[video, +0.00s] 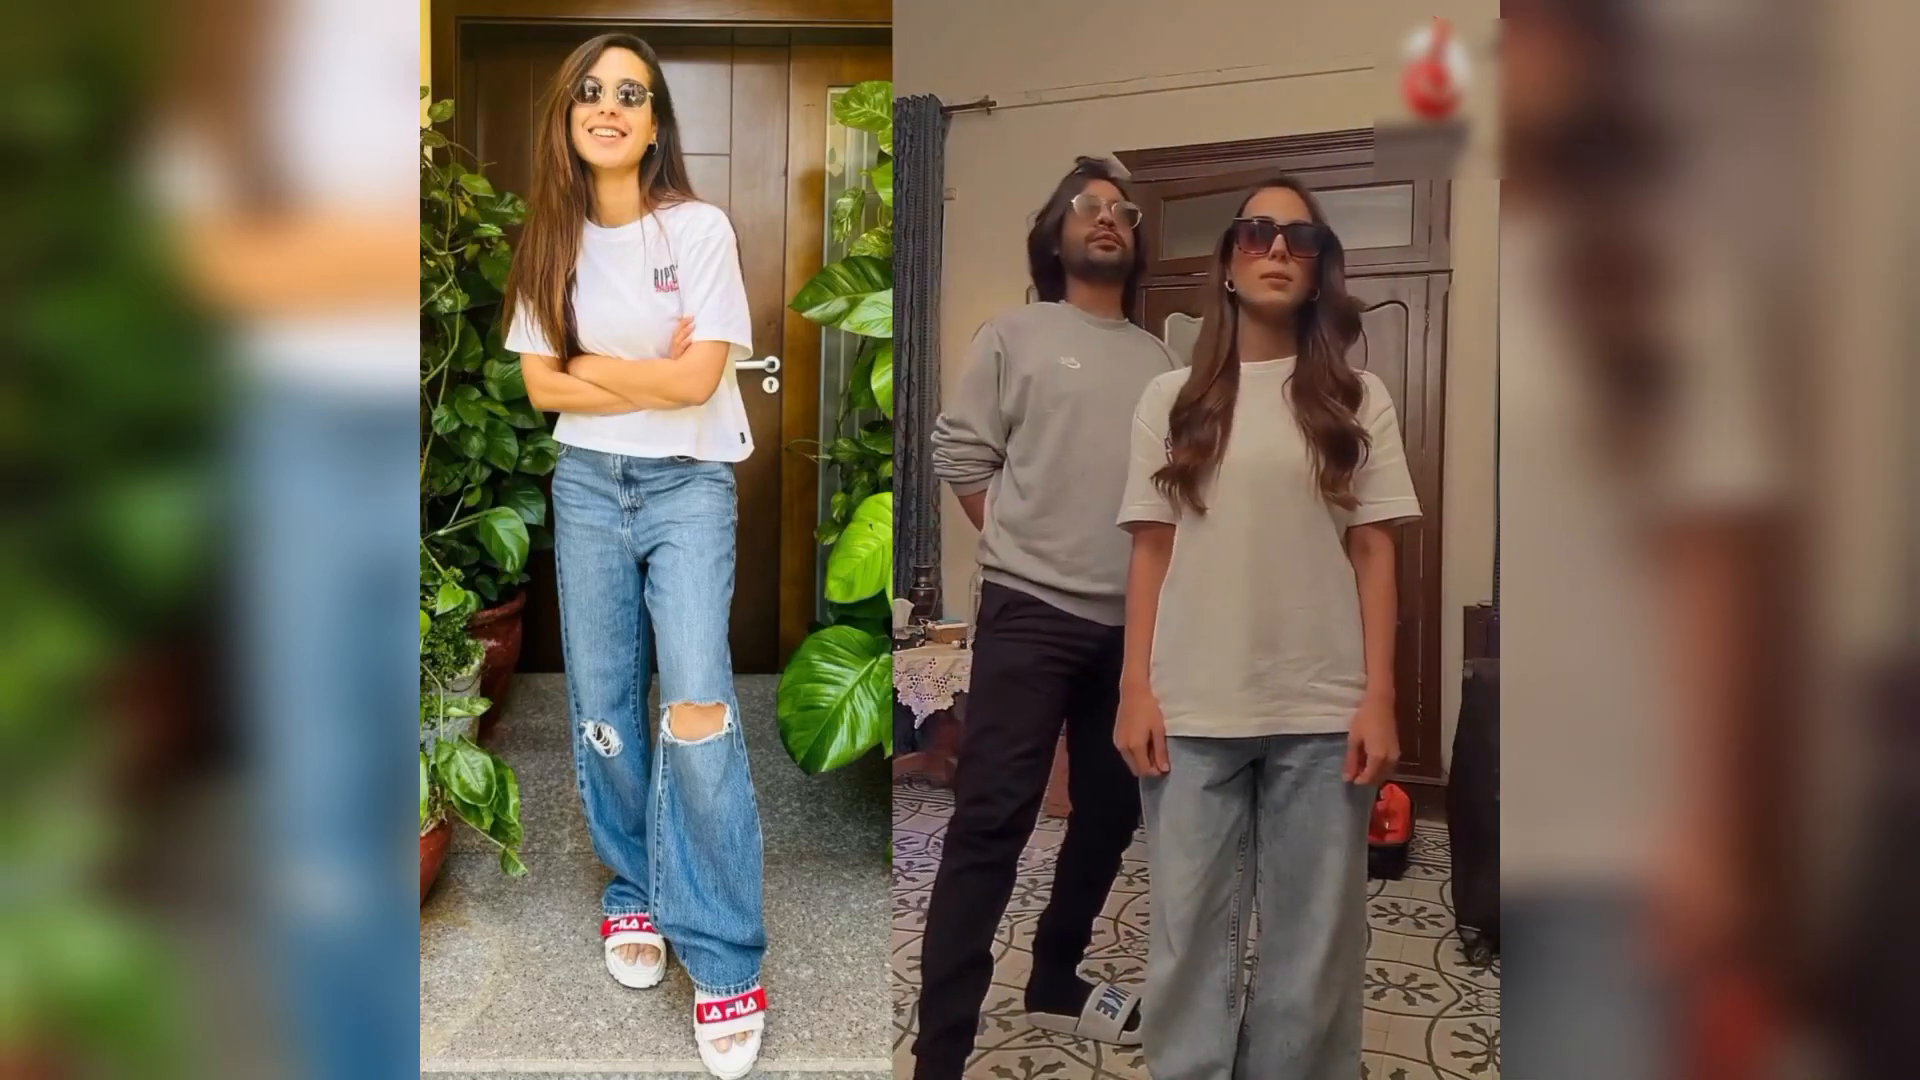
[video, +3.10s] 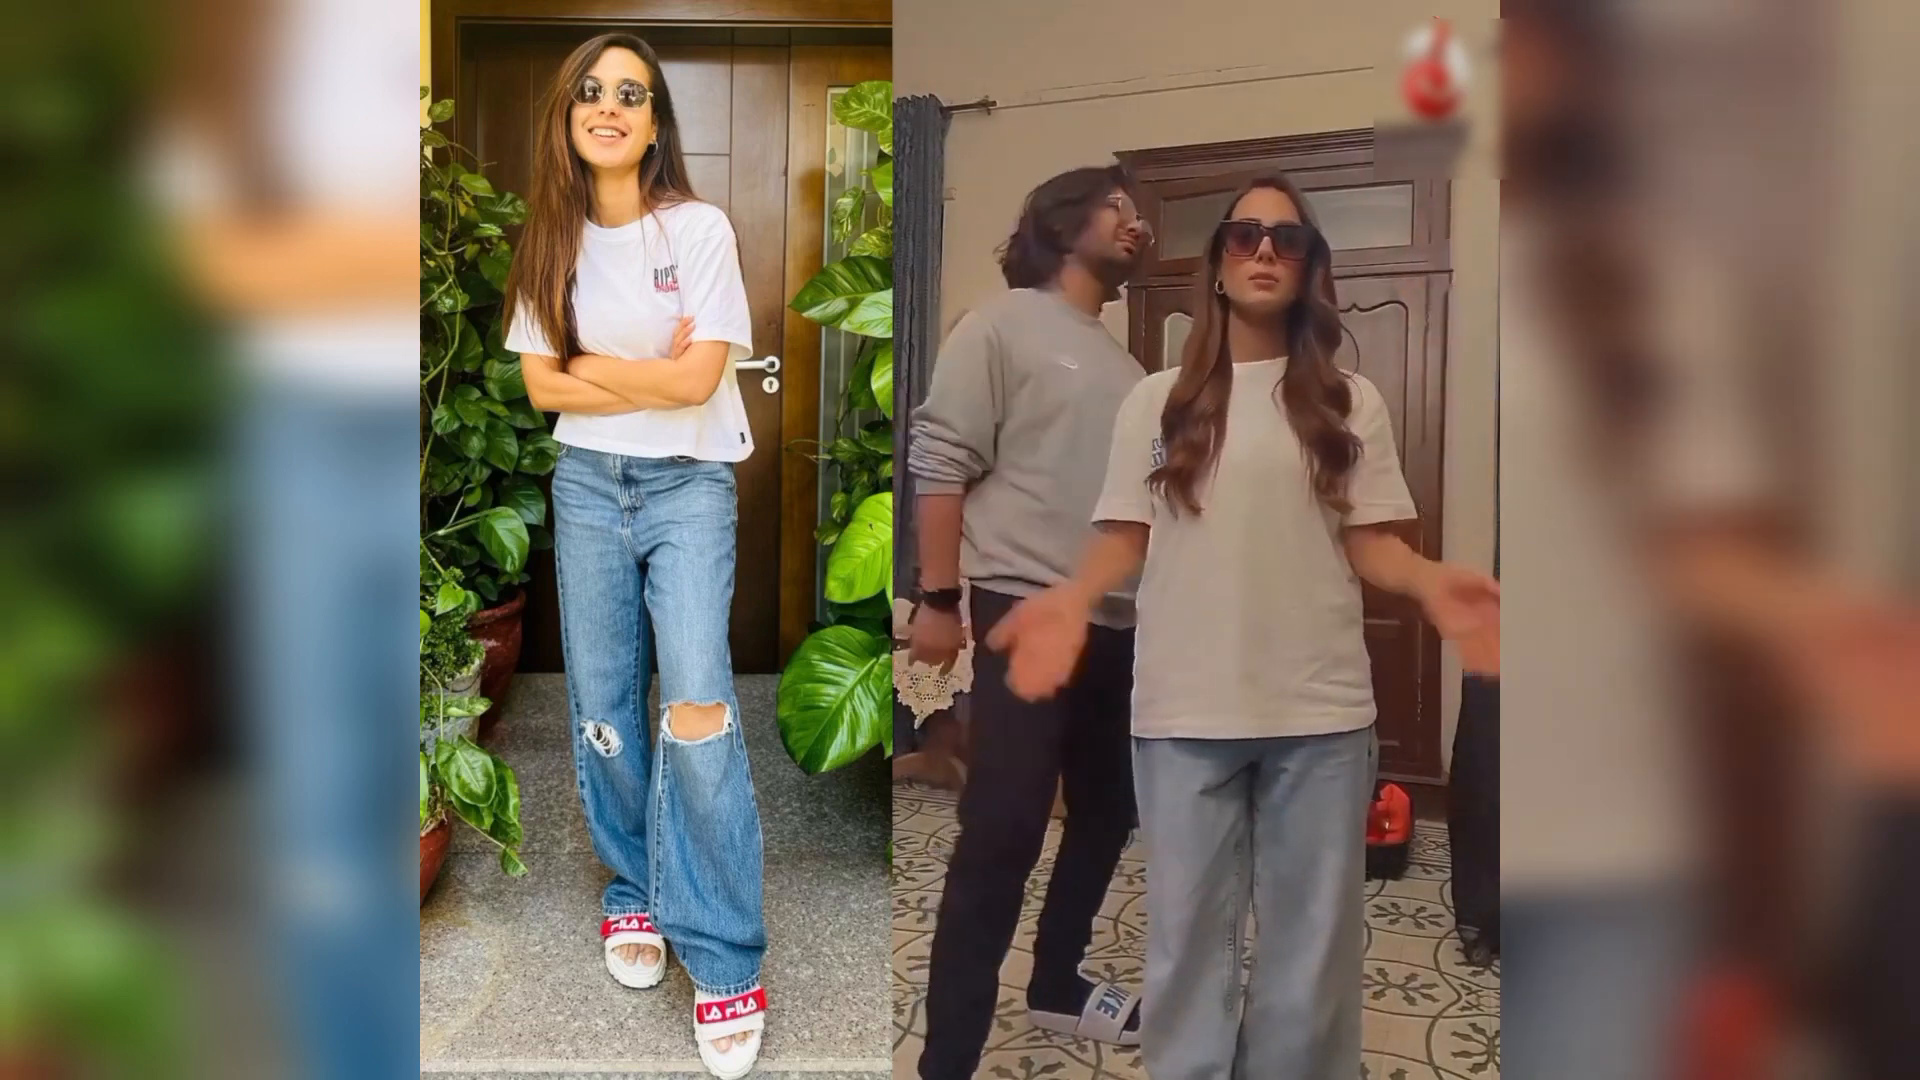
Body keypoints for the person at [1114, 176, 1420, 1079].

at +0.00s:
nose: (1278, 249)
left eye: (1299, 238)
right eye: (1258, 235)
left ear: (1321, 268)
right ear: (1227, 263)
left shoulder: (1358, 397)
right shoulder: (1174, 395)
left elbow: (1374, 554)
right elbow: (1150, 550)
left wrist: (1378, 700)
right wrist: (1136, 685)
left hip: (1325, 717)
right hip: (1193, 715)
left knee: (1313, 957)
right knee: (1184, 945)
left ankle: (1289, 1073)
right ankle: (1186, 1070)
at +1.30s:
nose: (1278, 249)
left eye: (1300, 240)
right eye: (1260, 235)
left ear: (1323, 271)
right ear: (1228, 261)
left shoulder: (1346, 395)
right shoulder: (1164, 390)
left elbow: (1366, 552)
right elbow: (1143, 544)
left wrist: (1386, 682)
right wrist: (1121, 671)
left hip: (1322, 714)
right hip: (1185, 712)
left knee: (1309, 954)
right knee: (1181, 944)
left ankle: (1290, 1073)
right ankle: (1186, 1068)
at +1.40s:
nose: (1274, 247)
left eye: (1295, 236)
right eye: (1255, 233)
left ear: (1320, 265)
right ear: (1225, 260)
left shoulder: (1351, 393)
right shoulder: (1168, 390)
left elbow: (1354, 542)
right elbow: (1164, 540)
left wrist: (1421, 535)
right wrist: (1103, 552)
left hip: (1320, 707)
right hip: (1185, 705)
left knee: (1310, 951)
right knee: (1183, 943)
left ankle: (1293, 1071)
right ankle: (1184, 1067)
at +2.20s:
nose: (1265, 247)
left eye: (1285, 236)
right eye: (1246, 233)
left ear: (1311, 265)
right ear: (1216, 262)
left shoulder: (1346, 396)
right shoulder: (1161, 394)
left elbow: (1353, 544)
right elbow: (1153, 541)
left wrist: (1426, 550)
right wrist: (1070, 544)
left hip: (1317, 708)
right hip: (1180, 707)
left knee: (1308, 949)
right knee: (1183, 942)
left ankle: (1294, 1072)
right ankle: (1185, 1068)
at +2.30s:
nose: (1264, 245)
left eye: (1285, 234)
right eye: (1246, 232)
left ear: (1311, 265)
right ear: (1216, 263)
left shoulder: (1344, 392)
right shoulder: (1163, 390)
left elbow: (1394, 540)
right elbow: (1115, 532)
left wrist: (1431, 407)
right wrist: (1066, 402)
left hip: (1317, 706)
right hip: (1181, 704)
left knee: (1309, 953)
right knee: (1182, 945)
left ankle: (1294, 1072)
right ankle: (1184, 1067)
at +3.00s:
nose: (1266, 248)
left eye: (1286, 236)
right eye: (1247, 234)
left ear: (1311, 263)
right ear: (1217, 258)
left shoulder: (1347, 392)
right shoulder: (1159, 391)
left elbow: (1384, 537)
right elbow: (1105, 531)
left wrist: (1471, 451)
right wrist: (1026, 446)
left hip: (1320, 707)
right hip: (1184, 708)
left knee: (1315, 944)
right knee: (1185, 938)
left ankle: (1294, 1075)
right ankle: (1186, 1069)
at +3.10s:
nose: (1265, 249)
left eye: (1286, 238)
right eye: (1246, 236)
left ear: (1312, 265)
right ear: (1218, 263)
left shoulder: (1350, 398)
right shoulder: (1159, 398)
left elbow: (1370, 539)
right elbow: (1124, 532)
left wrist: (1430, 579)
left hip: (1321, 713)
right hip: (1182, 713)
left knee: (1312, 948)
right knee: (1185, 940)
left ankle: (1297, 1070)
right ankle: (1186, 1066)